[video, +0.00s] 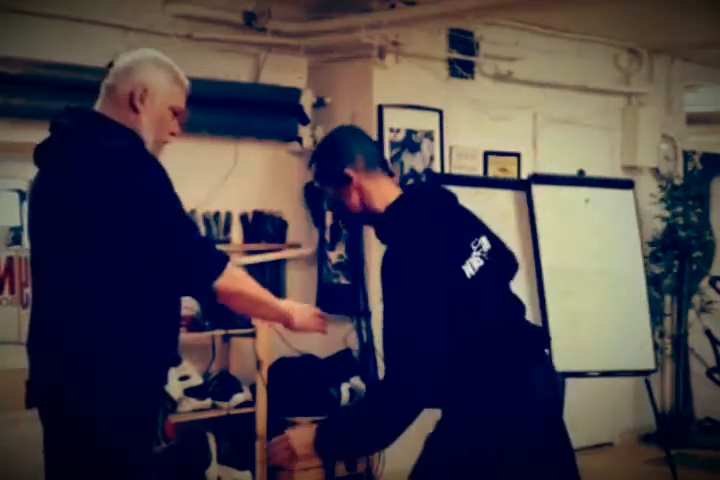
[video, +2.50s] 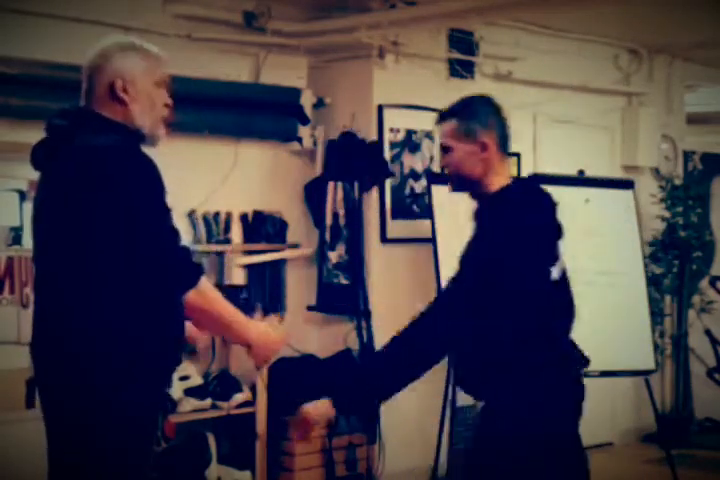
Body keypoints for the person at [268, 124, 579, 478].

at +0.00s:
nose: (336, 210)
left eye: (333, 195)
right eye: (330, 198)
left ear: (353, 179)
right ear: (379, 166)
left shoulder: (407, 248)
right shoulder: (437, 202)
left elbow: (411, 384)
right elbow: (504, 262)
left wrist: (323, 439)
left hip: (483, 405)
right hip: (533, 380)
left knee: (429, 474)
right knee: (555, 475)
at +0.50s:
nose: (422, 169)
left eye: (427, 154)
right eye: (420, 156)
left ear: (462, 148)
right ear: (464, 150)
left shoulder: (490, 235)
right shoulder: (521, 203)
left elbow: (425, 340)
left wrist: (332, 407)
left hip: (525, 408)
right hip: (561, 392)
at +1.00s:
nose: (555, 141)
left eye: (564, 128)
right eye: (553, 131)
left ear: (604, 127)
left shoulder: (640, 192)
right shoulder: (564, 212)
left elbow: (629, 300)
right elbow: (545, 311)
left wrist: (567, 255)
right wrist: (506, 263)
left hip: (615, 374)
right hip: (572, 374)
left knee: (555, 471)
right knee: (605, 470)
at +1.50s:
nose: (470, 148)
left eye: (479, 135)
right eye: (470, 137)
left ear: (520, 137)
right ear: (514, 139)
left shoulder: (534, 199)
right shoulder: (521, 199)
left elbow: (532, 315)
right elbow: (512, 311)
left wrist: (467, 294)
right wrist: (465, 291)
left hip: (543, 394)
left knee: (483, 471)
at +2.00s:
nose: (334, 203)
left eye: (332, 190)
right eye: (326, 193)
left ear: (358, 173)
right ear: (363, 168)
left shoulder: (415, 230)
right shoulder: (422, 207)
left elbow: (397, 371)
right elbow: (425, 293)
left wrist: (285, 398)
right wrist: (378, 308)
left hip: (475, 401)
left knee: (415, 473)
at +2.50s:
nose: (442, 163)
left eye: (448, 150)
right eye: (441, 151)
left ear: (485, 147)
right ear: (484, 148)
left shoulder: (510, 219)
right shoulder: (519, 207)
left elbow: (443, 324)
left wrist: (349, 388)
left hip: (524, 403)